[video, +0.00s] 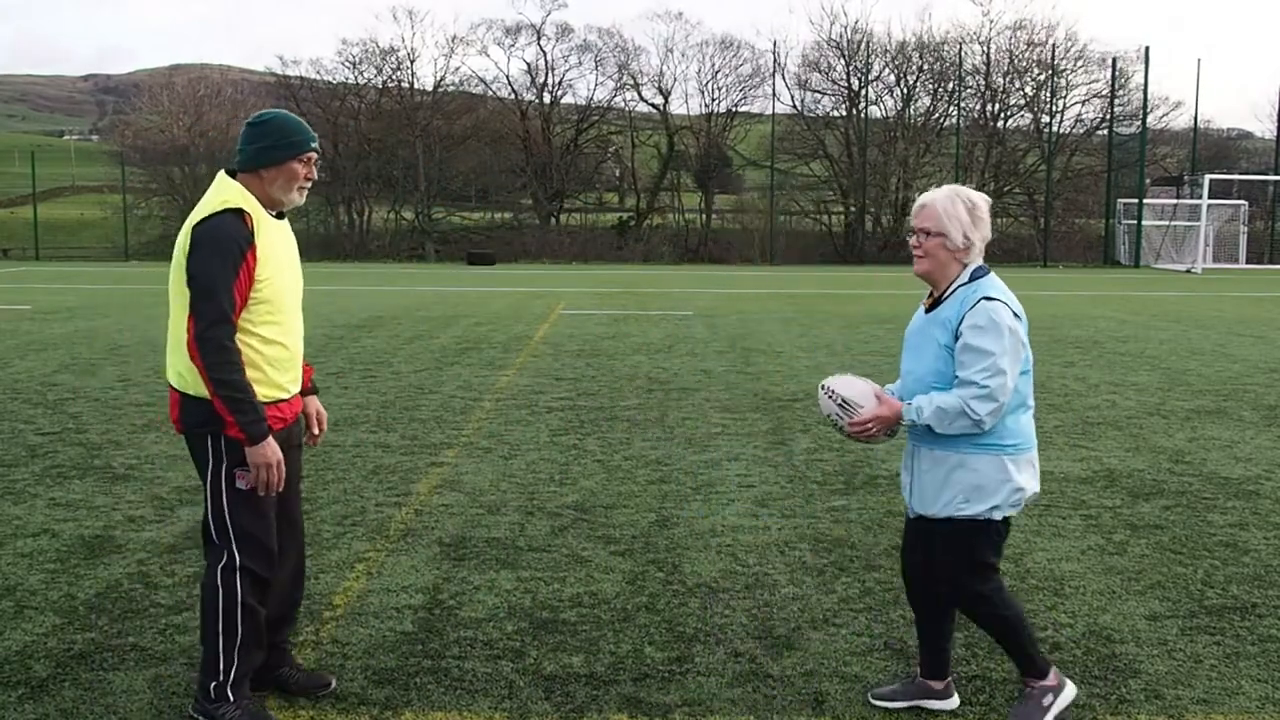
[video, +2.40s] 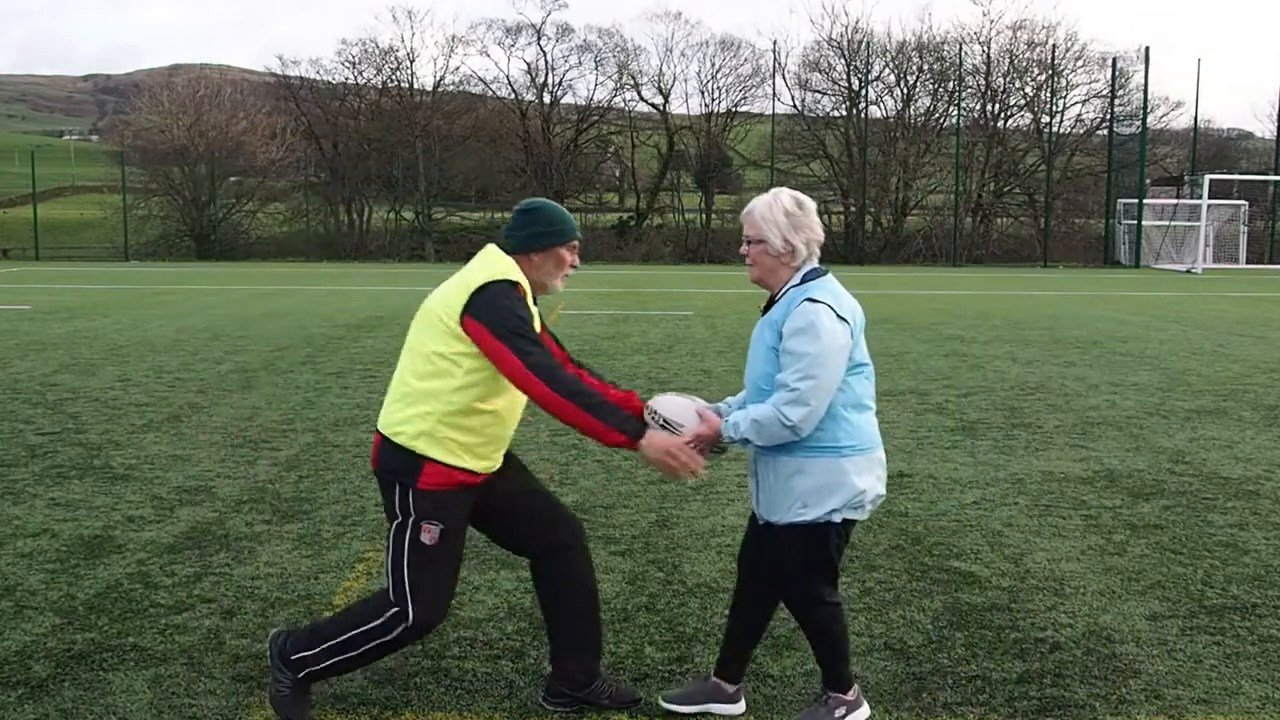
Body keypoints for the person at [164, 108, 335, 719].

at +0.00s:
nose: (311, 174)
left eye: (313, 164)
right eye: (302, 163)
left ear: (276, 166)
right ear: (264, 163)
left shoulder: (271, 221)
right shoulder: (223, 225)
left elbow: (276, 316)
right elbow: (211, 337)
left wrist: (303, 386)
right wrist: (253, 434)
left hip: (272, 412)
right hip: (225, 419)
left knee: (282, 548)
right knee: (240, 557)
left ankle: (269, 662)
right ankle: (222, 693)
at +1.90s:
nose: (387, 187)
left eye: (389, 176)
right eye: (378, 175)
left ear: (354, 182)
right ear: (339, 177)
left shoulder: (347, 231)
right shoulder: (290, 232)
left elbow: (348, 325)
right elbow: (264, 342)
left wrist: (370, 402)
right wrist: (296, 444)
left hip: (322, 422)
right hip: (272, 425)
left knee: (311, 553)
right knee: (292, 560)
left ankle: (274, 663)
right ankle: (248, 678)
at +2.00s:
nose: (404, 199)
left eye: (406, 187)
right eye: (395, 187)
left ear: (367, 192)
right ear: (356, 188)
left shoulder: (365, 240)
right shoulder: (307, 245)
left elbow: (375, 331)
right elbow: (284, 359)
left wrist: (401, 408)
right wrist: (325, 456)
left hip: (351, 430)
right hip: (291, 436)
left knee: (378, 540)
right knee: (304, 572)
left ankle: (293, 643)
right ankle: (248, 686)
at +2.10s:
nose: (432, 212)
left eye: (434, 200)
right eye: (424, 200)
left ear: (389, 204)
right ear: (385, 201)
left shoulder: (387, 250)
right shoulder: (339, 259)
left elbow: (406, 341)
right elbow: (328, 377)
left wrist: (443, 413)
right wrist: (377, 469)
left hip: (377, 433)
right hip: (320, 442)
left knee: (438, 529)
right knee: (312, 584)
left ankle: (377, 651)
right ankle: (253, 687)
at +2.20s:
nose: (473, 214)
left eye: (474, 202)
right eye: (464, 202)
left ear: (429, 207)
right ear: (427, 203)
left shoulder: (423, 259)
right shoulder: (386, 259)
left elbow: (451, 346)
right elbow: (394, 375)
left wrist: (500, 412)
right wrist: (453, 460)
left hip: (403, 437)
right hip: (353, 441)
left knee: (473, 526)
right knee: (334, 577)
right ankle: (257, 682)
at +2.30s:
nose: (523, 228)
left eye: (524, 216)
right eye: (515, 215)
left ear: (479, 218)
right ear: (479, 215)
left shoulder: (469, 267)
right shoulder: (438, 266)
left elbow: (504, 351)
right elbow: (469, 369)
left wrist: (571, 407)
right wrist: (544, 444)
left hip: (447, 443)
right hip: (393, 446)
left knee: (517, 552)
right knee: (368, 583)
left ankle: (571, 674)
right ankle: (269, 670)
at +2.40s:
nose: (576, 259)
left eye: (576, 249)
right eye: (569, 247)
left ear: (534, 250)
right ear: (534, 249)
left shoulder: (516, 294)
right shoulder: (491, 292)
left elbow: (567, 373)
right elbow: (548, 382)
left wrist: (646, 415)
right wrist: (639, 438)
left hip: (475, 457)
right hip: (423, 459)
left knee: (560, 539)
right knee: (415, 608)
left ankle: (575, 679)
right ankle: (293, 656)